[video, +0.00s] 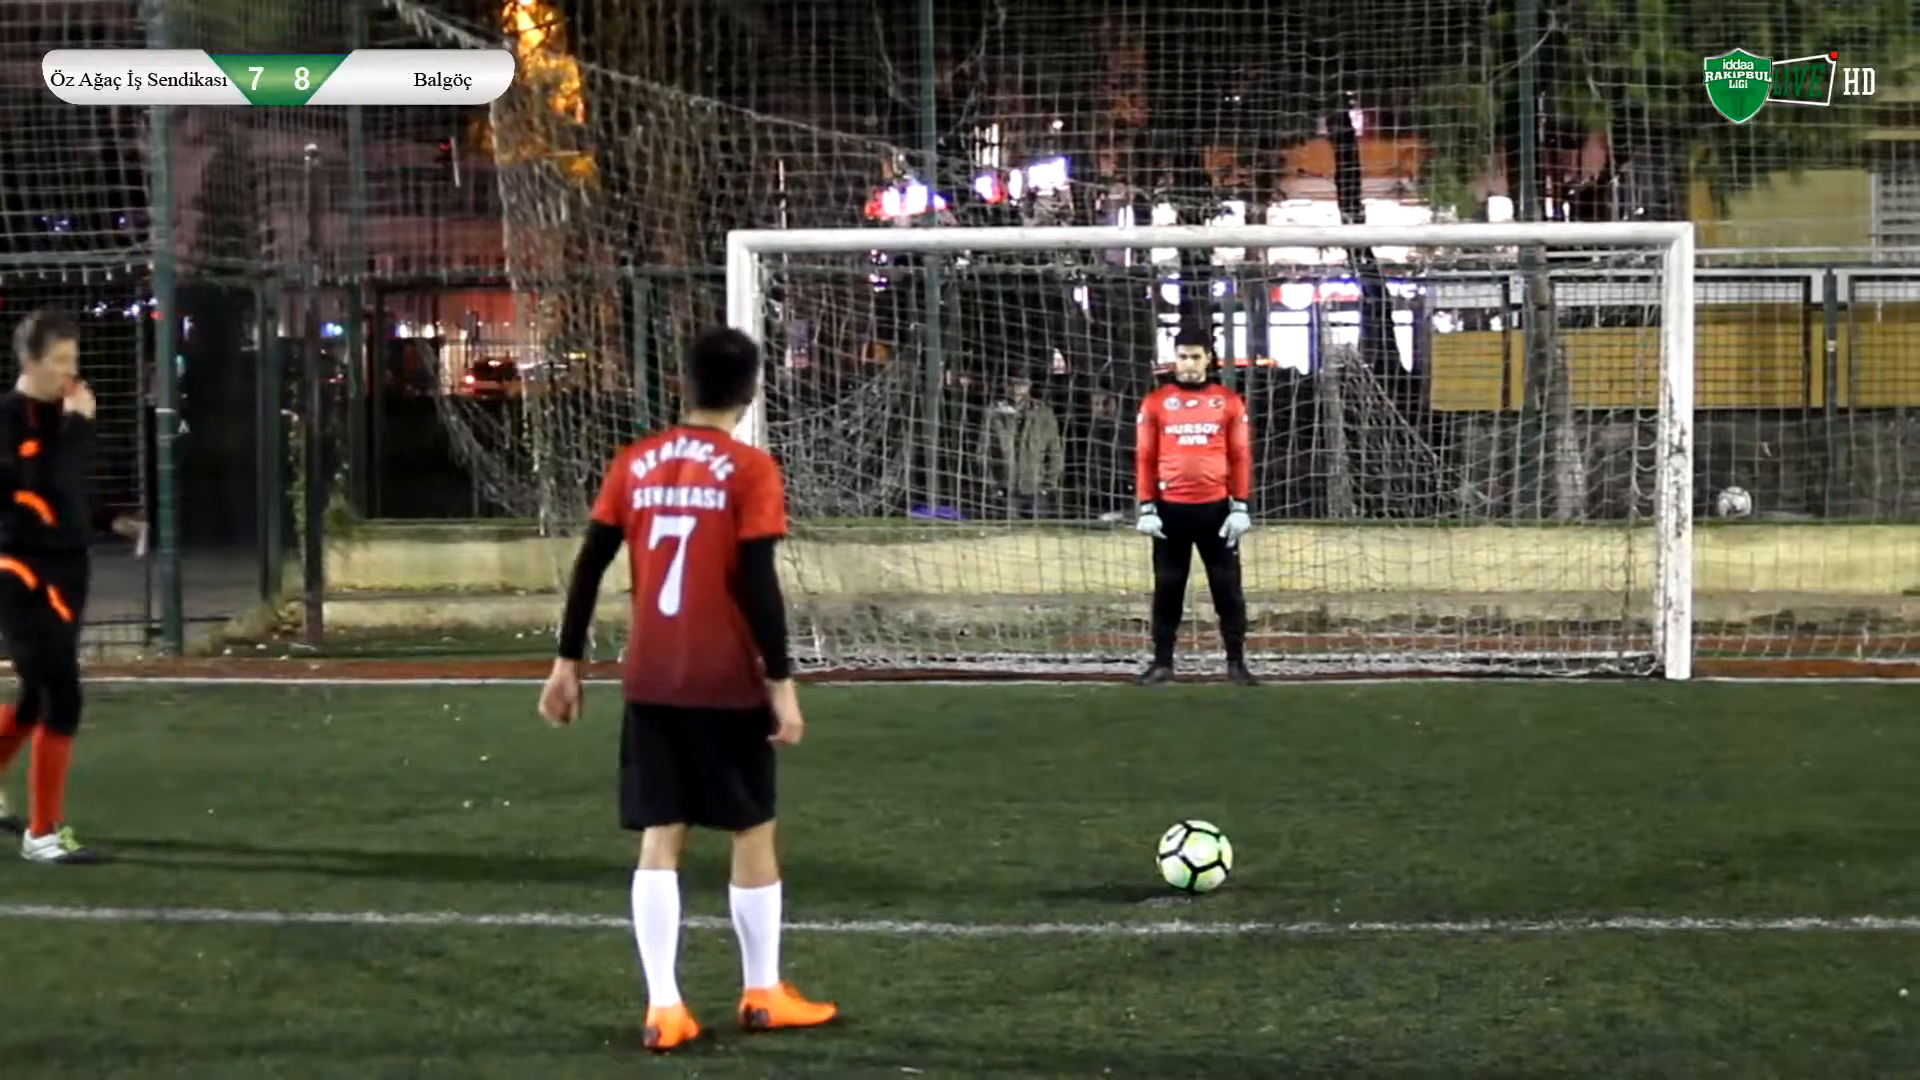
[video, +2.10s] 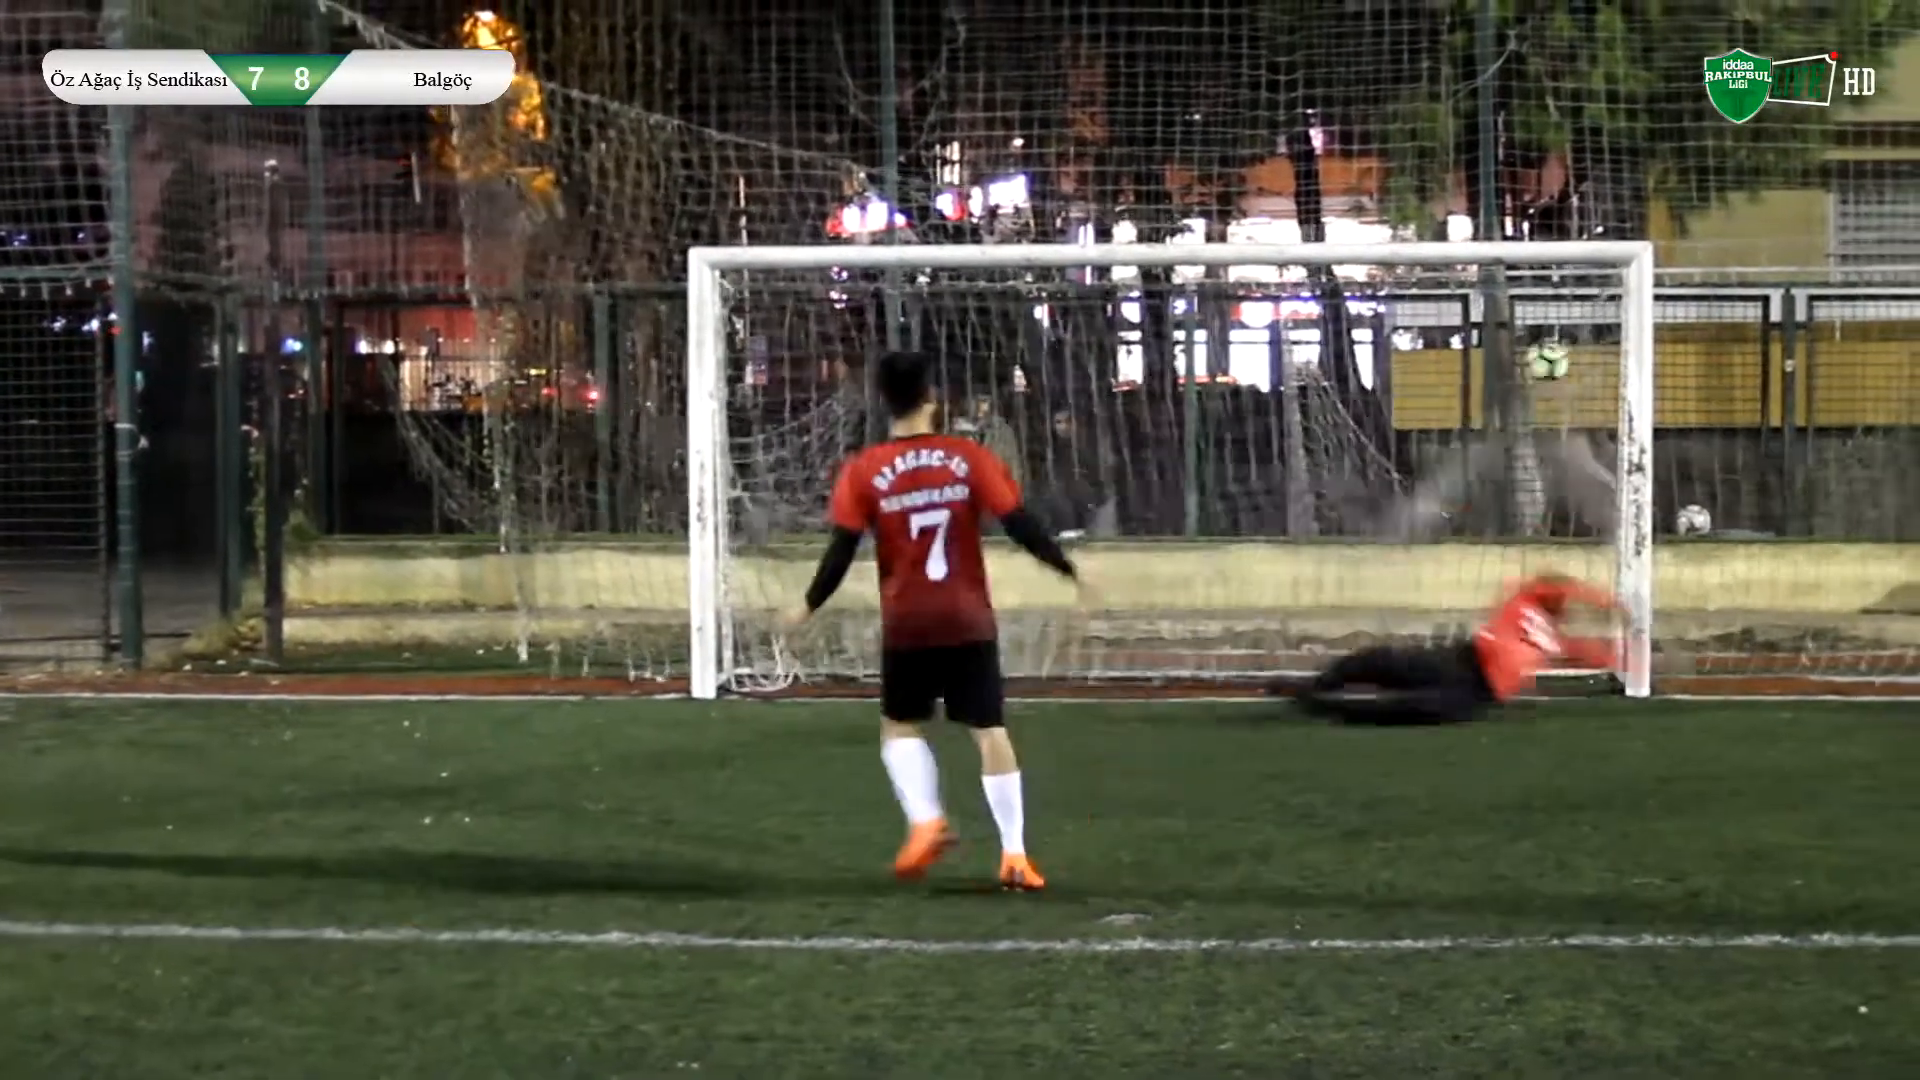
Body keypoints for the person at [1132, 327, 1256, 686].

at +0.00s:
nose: (1189, 364)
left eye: (1196, 357)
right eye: (1183, 356)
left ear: (1209, 359)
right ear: (1174, 359)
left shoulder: (1229, 402)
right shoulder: (1154, 403)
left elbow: (1241, 455)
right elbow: (1145, 456)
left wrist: (1240, 504)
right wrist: (1146, 505)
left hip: (1216, 506)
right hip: (1170, 507)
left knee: (1228, 589)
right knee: (1167, 588)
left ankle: (1236, 662)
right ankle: (1162, 662)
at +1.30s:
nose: (1216, 377)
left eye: (1223, 370)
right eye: (1210, 370)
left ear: (1234, 374)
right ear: (1200, 372)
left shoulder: (1252, 418)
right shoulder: (1176, 413)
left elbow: (1269, 472)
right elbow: (1159, 465)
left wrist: (1283, 515)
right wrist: (1141, 507)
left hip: (1235, 525)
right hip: (1188, 524)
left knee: (1250, 595)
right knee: (1165, 594)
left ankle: (1257, 665)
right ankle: (1159, 664)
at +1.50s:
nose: (1206, 434)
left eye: (1213, 426)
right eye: (1199, 426)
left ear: (1226, 428)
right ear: (1189, 429)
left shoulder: (1250, 458)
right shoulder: (1180, 460)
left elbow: (1277, 498)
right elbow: (1148, 496)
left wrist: (1309, 539)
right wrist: (1111, 525)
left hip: (1246, 545)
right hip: (1199, 545)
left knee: (1270, 592)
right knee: (1159, 602)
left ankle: (1234, 657)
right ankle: (1112, 678)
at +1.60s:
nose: (1210, 474)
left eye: (1217, 465)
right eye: (1203, 465)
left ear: (1229, 467)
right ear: (1193, 469)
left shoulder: (1254, 496)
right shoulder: (1184, 498)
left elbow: (1282, 530)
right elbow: (1150, 530)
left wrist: (1306, 565)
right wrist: (1112, 557)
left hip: (1248, 570)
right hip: (1201, 568)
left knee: (1280, 598)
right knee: (1154, 615)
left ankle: (1244, 671)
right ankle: (1109, 680)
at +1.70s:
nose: (1253, 497)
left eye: (1261, 491)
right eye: (1247, 489)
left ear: (1274, 497)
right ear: (1233, 494)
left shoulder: (1287, 529)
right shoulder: (1217, 522)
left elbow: (1308, 566)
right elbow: (1188, 549)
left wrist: (1319, 579)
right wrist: (1169, 563)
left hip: (1258, 609)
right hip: (1216, 602)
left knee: (1292, 629)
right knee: (1161, 636)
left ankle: (1239, 692)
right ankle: (1098, 686)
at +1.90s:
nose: (1421, 526)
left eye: (1422, 522)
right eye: (1416, 519)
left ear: (1419, 530)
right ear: (1404, 518)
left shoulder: (1415, 563)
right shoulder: (1372, 540)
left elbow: (1460, 572)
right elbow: (1383, 521)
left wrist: (1482, 546)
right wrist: (1427, 505)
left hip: (1337, 651)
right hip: (1310, 626)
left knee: (1339, 707)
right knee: (1234, 661)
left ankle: (1263, 705)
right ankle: (1150, 694)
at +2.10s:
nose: (1562, 609)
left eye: (1566, 607)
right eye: (1556, 601)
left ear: (1565, 614)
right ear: (1544, 596)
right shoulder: (1525, 602)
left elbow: (1592, 656)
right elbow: (1561, 588)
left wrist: (1623, 648)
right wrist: (1609, 601)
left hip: (1478, 693)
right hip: (1462, 659)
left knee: (1412, 707)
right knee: (1387, 661)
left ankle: (1339, 712)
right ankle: (1325, 681)